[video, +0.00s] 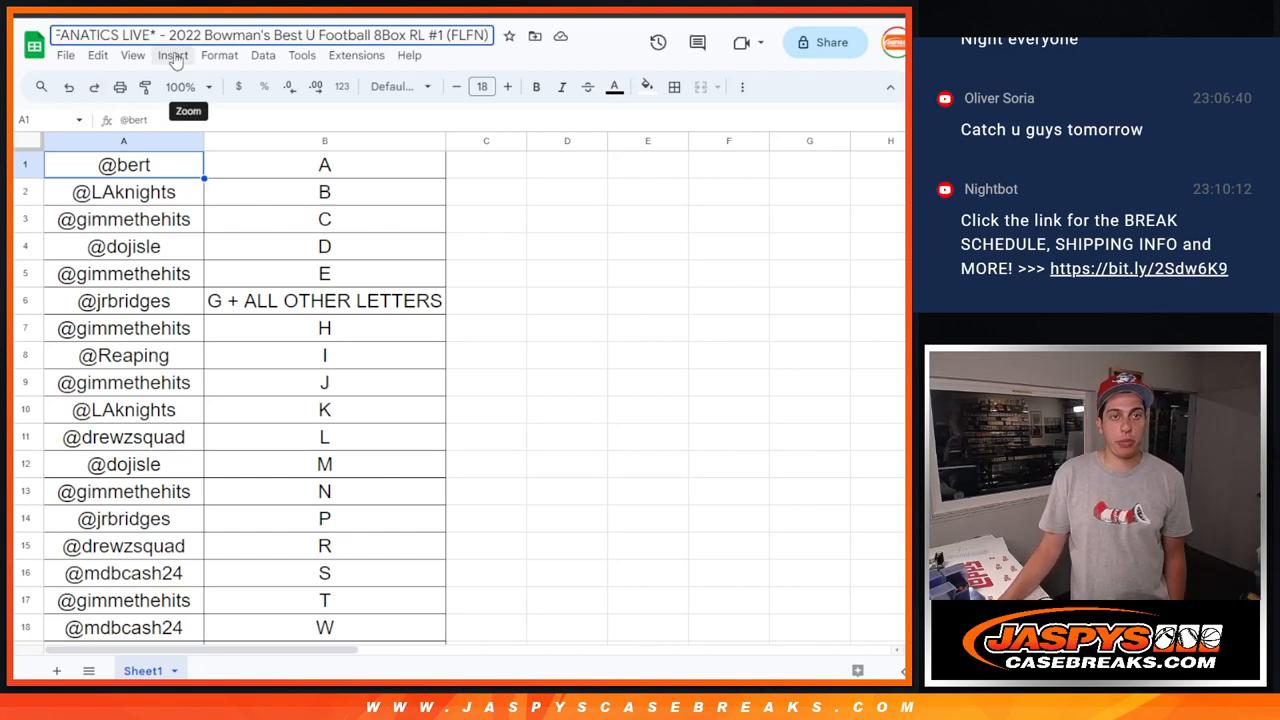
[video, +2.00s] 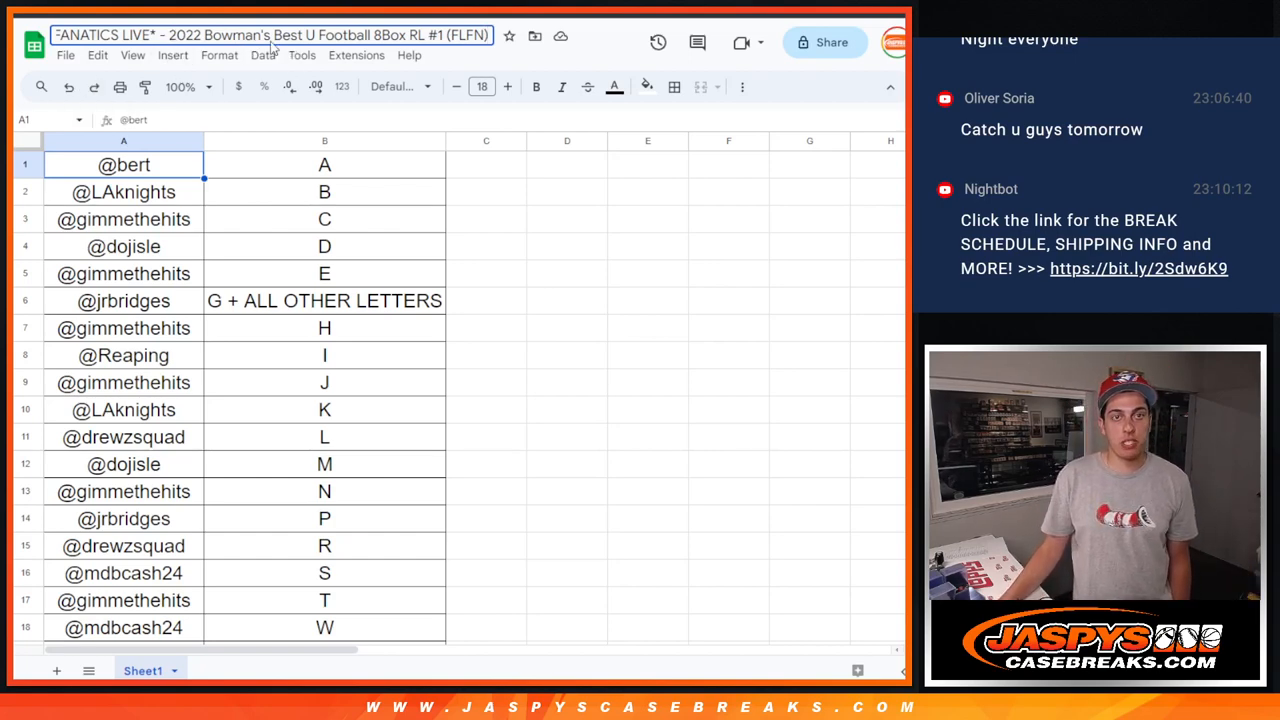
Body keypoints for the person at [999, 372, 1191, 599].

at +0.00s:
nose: (1126, 427)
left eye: (1136, 415)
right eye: (1115, 416)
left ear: (1146, 421)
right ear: (1100, 424)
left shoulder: (1169, 479)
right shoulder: (1071, 475)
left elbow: (1175, 554)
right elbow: (1049, 548)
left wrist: (1175, 603)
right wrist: (1006, 600)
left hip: (1149, 602)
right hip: (1087, 603)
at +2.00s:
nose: (1129, 427)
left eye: (1138, 415)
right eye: (1117, 416)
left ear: (1150, 421)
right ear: (1102, 424)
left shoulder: (1174, 480)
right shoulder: (1074, 476)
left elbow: (1179, 557)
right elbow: (1051, 548)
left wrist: (1180, 612)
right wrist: (1005, 601)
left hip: (1152, 607)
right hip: (1090, 607)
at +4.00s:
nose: (1126, 424)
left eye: (1135, 413)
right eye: (1115, 415)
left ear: (1149, 421)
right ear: (1102, 425)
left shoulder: (1175, 480)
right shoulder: (1074, 475)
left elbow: (1179, 556)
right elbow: (1051, 549)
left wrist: (1180, 611)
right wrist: (1007, 599)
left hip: (1152, 606)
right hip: (1090, 606)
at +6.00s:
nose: (1126, 427)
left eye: (1136, 415)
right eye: (1114, 417)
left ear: (1150, 422)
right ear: (1102, 425)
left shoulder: (1175, 481)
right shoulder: (1074, 476)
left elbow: (1179, 558)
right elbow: (1051, 549)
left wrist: (1179, 611)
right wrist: (1007, 600)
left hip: (1153, 608)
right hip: (1090, 608)